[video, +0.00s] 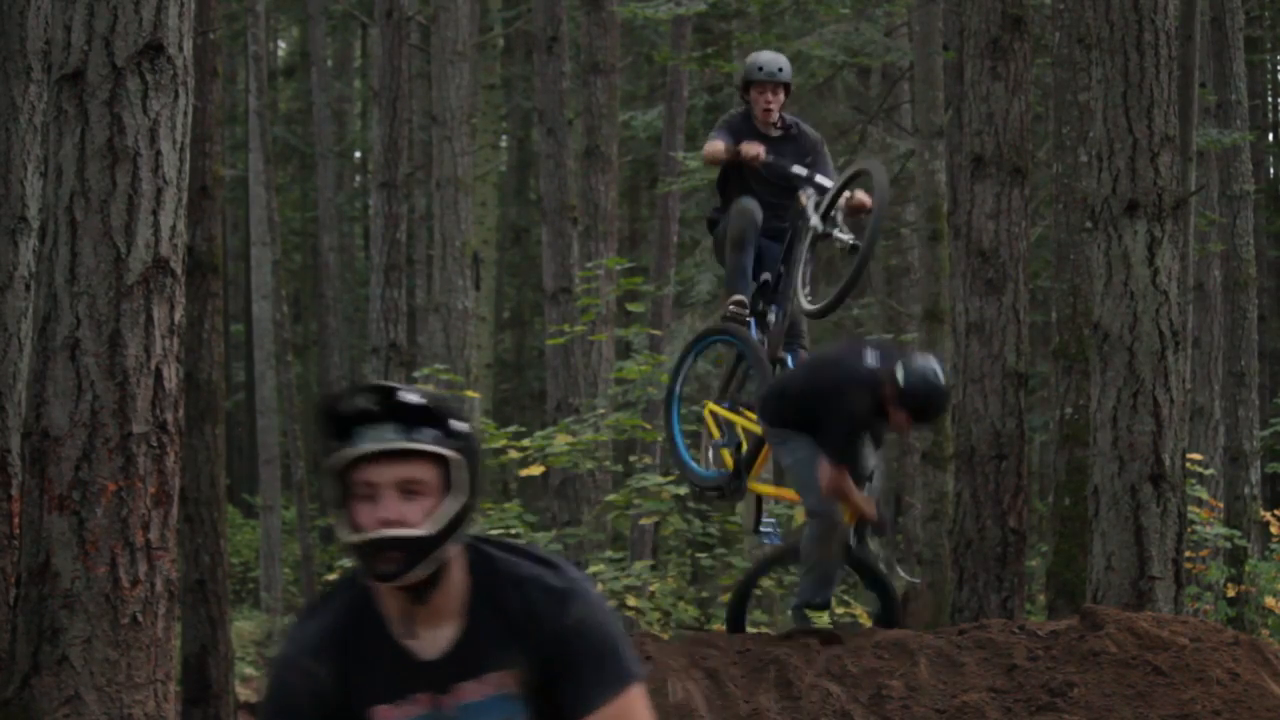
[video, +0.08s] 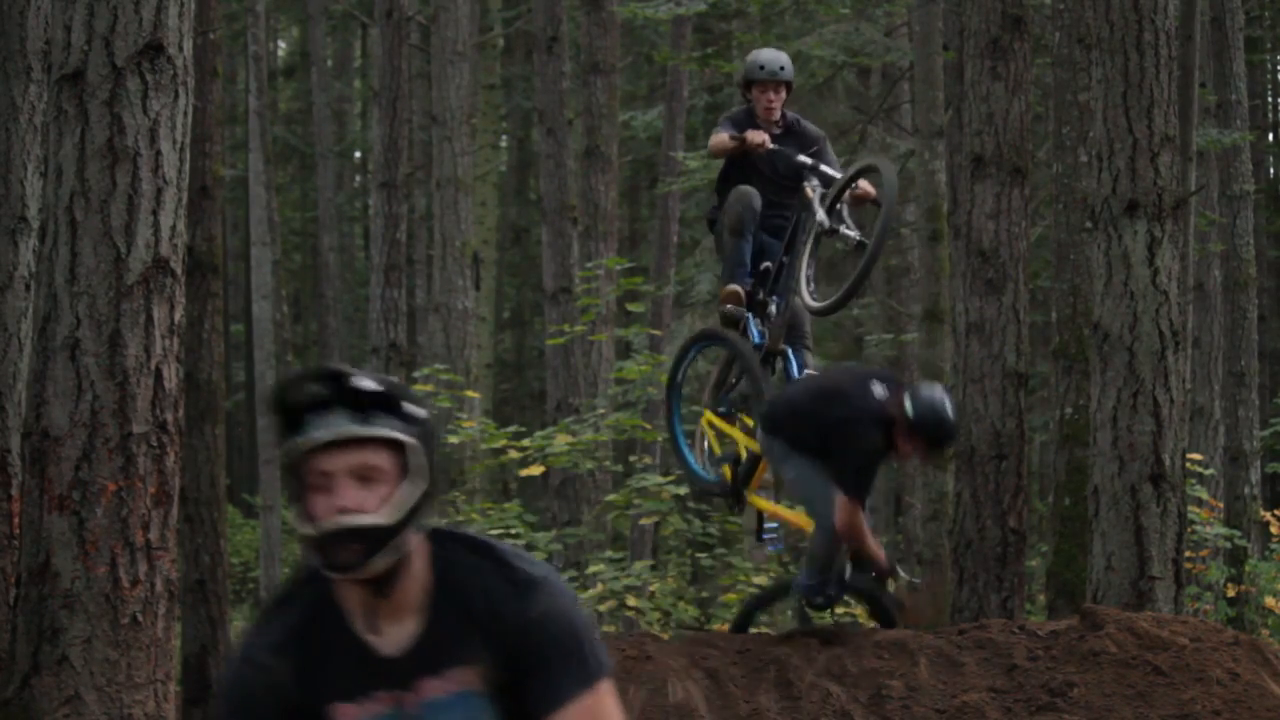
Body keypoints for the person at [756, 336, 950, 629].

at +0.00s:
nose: (908, 428)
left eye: (915, 422)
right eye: (910, 418)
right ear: (896, 399)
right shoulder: (854, 398)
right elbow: (832, 480)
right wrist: (864, 507)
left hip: (828, 416)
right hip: (788, 423)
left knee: (865, 473)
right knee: (825, 509)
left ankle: (858, 541)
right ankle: (811, 606)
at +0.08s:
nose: (915, 456)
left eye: (922, 451)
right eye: (918, 447)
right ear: (908, 430)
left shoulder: (895, 394)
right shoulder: (868, 432)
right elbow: (846, 521)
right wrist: (878, 561)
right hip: (782, 436)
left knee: (857, 508)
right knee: (832, 517)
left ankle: (861, 573)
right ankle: (816, 590)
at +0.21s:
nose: (927, 515)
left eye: (935, 513)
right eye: (933, 510)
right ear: (925, 492)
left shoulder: (910, 440)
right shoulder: (884, 483)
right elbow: (863, 570)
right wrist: (911, 615)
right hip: (776, 474)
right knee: (832, 574)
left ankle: (845, 608)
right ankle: (793, 613)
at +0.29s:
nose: (936, 536)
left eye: (944, 534)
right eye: (943, 532)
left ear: (939, 488)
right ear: (938, 516)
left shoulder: (909, 459)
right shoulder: (889, 508)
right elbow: (879, 601)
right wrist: (930, 632)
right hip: (780, 500)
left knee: (849, 557)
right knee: (832, 610)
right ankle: (789, 606)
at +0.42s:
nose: (962, 580)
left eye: (968, 577)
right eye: (967, 573)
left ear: (957, 528)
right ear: (961, 558)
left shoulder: (920, 515)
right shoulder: (913, 562)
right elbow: (912, 661)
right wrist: (967, 680)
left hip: (799, 513)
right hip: (785, 558)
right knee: (830, 668)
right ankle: (774, 622)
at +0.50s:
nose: (973, 607)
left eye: (979, 602)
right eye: (977, 599)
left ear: (960, 550)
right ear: (968, 587)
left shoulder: (926, 544)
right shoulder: (925, 602)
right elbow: (921, 699)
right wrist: (963, 710)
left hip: (799, 539)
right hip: (789, 590)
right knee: (836, 669)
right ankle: (768, 623)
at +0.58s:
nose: (986, 637)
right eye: (990, 630)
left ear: (968, 578)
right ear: (980, 626)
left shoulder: (932, 569)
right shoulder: (936, 653)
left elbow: (878, 553)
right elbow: (924, 712)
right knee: (826, 671)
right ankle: (767, 629)